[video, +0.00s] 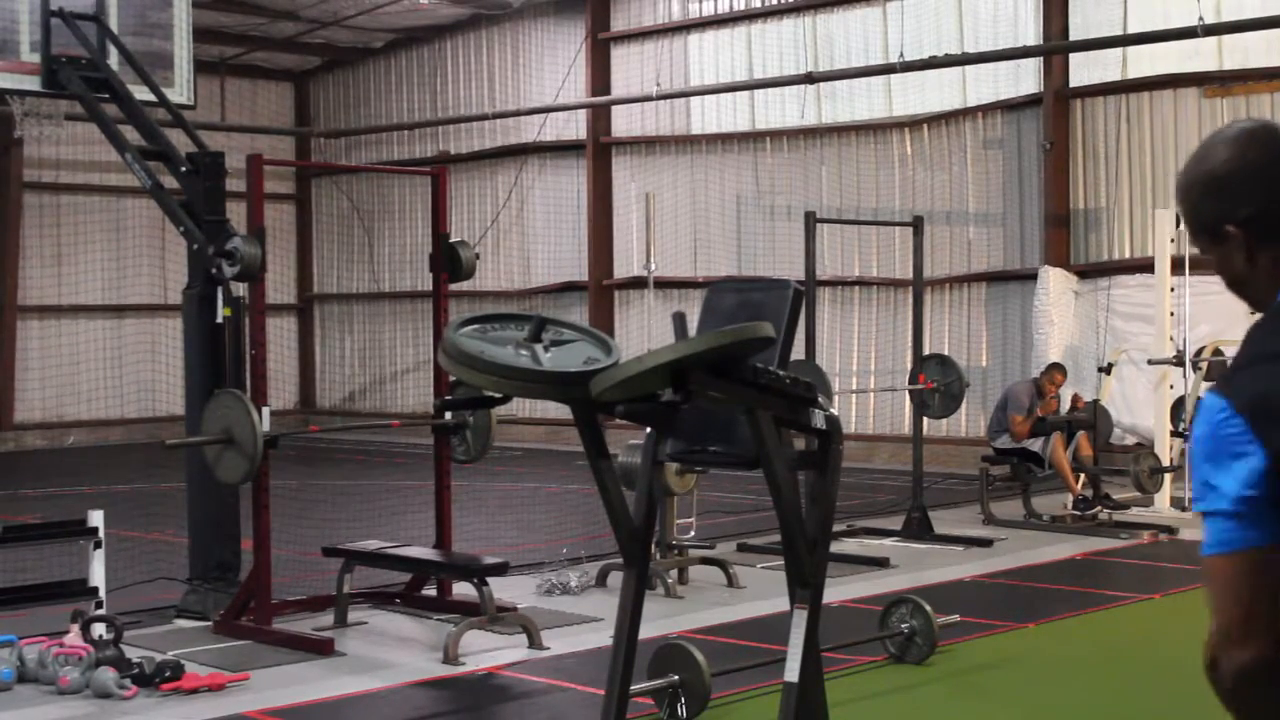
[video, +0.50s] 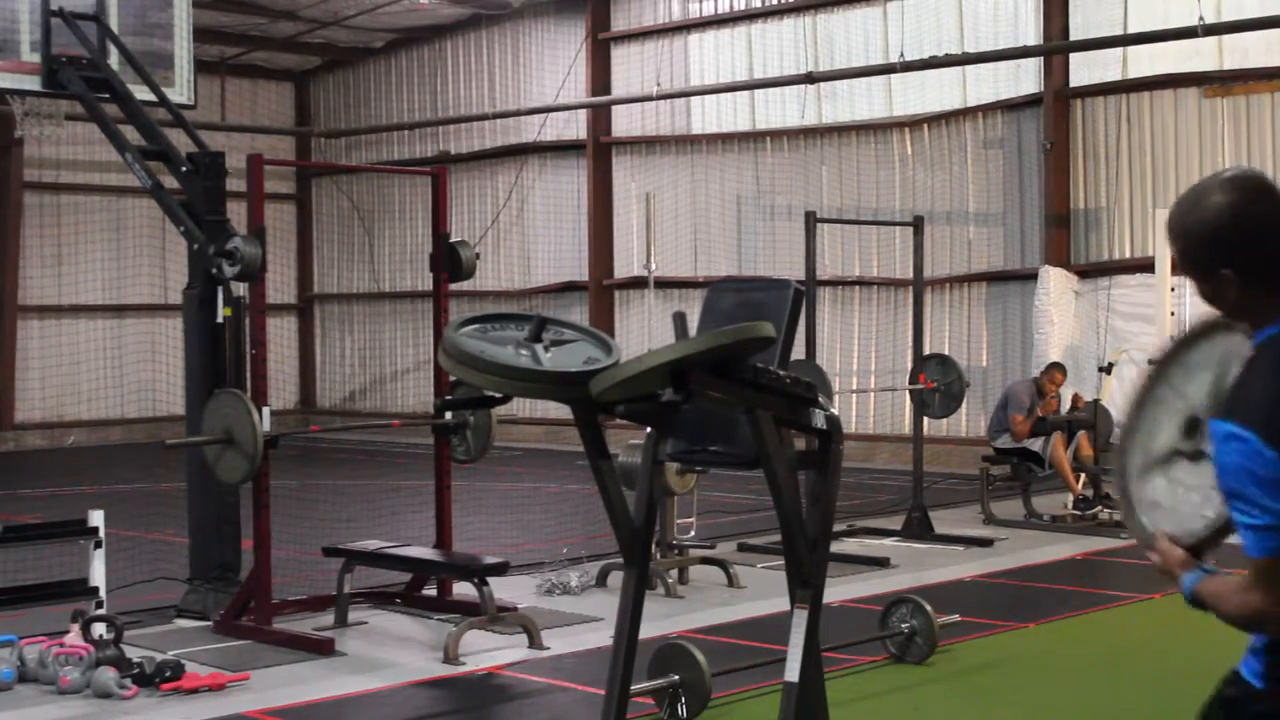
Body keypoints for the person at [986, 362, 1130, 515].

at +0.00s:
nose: (1053, 390)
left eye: (1058, 387)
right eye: (1051, 384)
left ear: (1061, 386)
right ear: (1041, 376)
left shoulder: (1049, 396)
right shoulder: (1020, 392)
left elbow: (1051, 426)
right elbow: (1017, 434)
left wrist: (1072, 412)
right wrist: (1040, 413)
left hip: (1029, 438)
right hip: (1003, 440)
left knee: (1080, 436)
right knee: (1055, 439)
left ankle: (1098, 494)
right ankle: (1078, 497)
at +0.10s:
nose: (1053, 390)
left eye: (1058, 387)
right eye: (1051, 384)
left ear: (1061, 386)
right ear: (1041, 376)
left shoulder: (1049, 395)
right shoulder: (1020, 392)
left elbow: (1051, 426)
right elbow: (1017, 434)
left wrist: (1072, 412)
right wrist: (1040, 413)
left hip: (1028, 438)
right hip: (1003, 440)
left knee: (1080, 436)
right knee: (1055, 440)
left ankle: (1099, 494)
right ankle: (1078, 498)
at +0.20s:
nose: (1053, 390)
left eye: (1058, 387)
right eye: (1051, 384)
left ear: (1061, 386)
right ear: (1041, 376)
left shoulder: (1050, 395)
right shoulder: (1020, 392)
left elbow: (1051, 426)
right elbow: (1017, 434)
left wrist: (1072, 412)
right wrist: (1040, 412)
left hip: (1029, 439)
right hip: (1003, 440)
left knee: (1080, 436)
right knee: (1055, 439)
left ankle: (1099, 494)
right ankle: (1078, 498)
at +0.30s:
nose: (1053, 390)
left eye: (1058, 386)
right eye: (1051, 384)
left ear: (1061, 386)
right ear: (1041, 375)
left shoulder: (1050, 395)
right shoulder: (1020, 392)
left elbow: (1052, 426)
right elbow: (1018, 435)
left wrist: (1072, 412)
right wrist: (1041, 412)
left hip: (1029, 438)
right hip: (1004, 439)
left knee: (1080, 436)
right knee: (1055, 439)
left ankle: (1099, 494)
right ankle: (1078, 498)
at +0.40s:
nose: (1053, 390)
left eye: (1058, 386)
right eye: (1051, 383)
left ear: (1061, 386)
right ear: (1041, 375)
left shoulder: (1050, 395)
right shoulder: (1020, 391)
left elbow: (1052, 426)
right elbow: (1018, 434)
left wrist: (1072, 412)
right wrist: (1040, 412)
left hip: (1029, 438)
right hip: (1003, 439)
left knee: (1080, 436)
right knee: (1055, 439)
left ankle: (1099, 494)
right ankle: (1078, 498)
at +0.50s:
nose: (1054, 389)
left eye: (1058, 386)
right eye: (1051, 383)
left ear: (1061, 386)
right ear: (1041, 375)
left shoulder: (1050, 395)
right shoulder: (1019, 391)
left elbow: (1053, 425)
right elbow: (1018, 435)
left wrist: (1072, 410)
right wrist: (1039, 412)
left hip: (1031, 436)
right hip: (1003, 439)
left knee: (1080, 436)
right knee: (1055, 438)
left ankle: (1099, 493)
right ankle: (1078, 497)